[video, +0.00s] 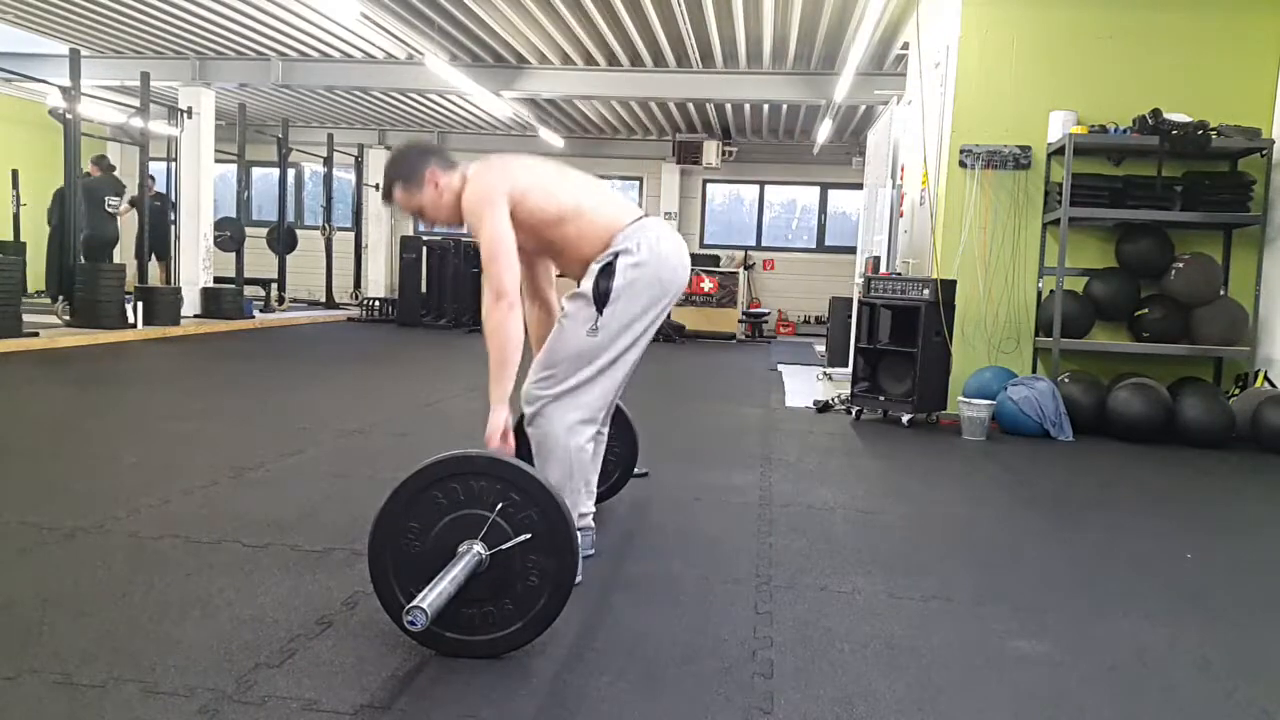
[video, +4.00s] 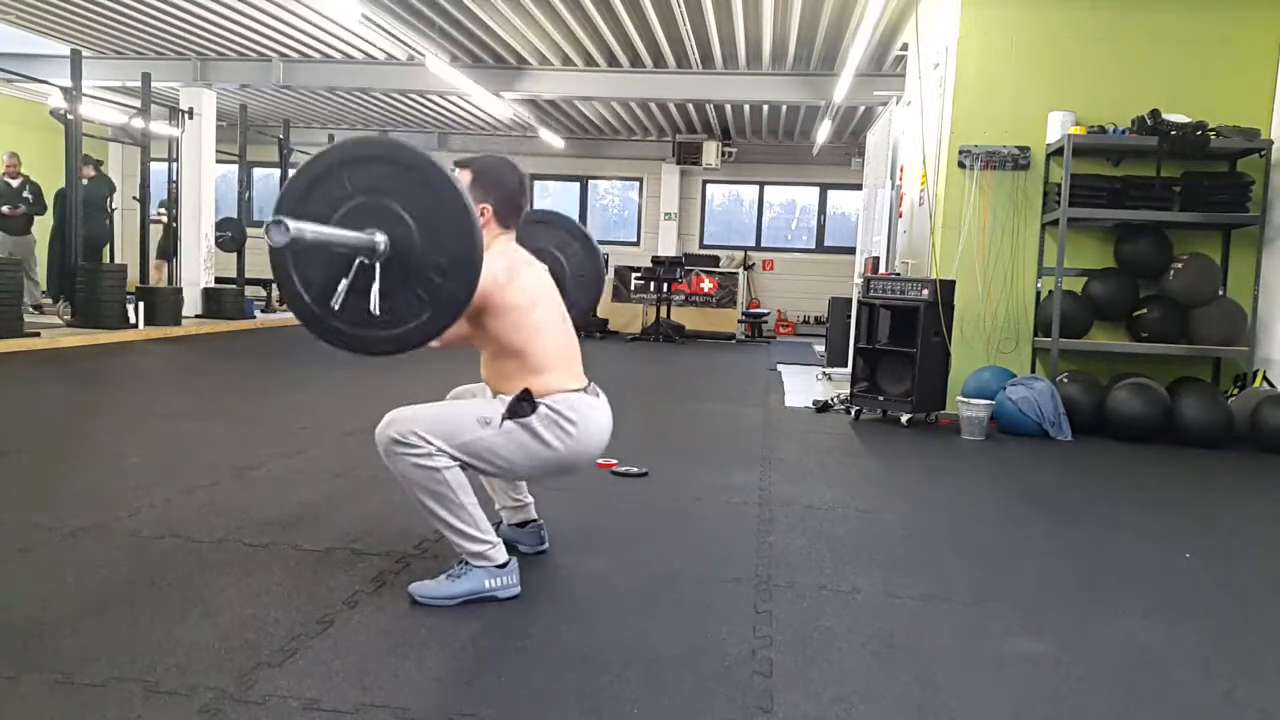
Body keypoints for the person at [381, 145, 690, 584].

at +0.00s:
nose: (427, 224)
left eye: (419, 213)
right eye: (417, 218)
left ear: (434, 179)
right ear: (436, 179)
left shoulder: (483, 186)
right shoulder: (510, 187)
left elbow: (502, 297)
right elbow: (541, 300)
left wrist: (499, 405)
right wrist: (544, 381)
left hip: (634, 259)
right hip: (648, 253)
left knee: (546, 397)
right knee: (572, 398)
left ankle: (563, 541)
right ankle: (577, 529)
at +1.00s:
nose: (450, 38)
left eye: (456, 23)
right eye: (450, 26)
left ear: (493, 22)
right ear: (500, 25)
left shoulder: (520, 67)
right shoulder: (539, 70)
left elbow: (512, 165)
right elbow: (532, 175)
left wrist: (491, 263)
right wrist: (511, 264)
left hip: (581, 236)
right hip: (597, 234)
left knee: (513, 391)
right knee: (553, 392)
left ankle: (552, 544)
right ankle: (568, 523)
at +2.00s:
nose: (530, 15)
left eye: (535, 8)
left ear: (554, 6)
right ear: (592, 11)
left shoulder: (547, 57)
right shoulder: (597, 76)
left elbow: (436, 91)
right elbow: (528, 121)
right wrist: (482, 103)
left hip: (518, 231)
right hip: (557, 227)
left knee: (524, 396)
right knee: (555, 386)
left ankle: (556, 549)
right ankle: (573, 524)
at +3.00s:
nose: (503, 16)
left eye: (511, 8)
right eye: (503, 10)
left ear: (542, 4)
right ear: (573, 9)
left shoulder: (540, 52)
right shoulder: (584, 71)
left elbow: (429, 87)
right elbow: (482, 125)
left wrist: (461, 25)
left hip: (526, 236)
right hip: (565, 233)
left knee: (479, 389)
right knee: (534, 391)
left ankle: (506, 551)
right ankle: (529, 523)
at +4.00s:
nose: (447, 210)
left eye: (456, 199)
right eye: (449, 198)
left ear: (484, 214)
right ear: (493, 215)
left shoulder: (485, 270)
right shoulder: (527, 262)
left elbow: (423, 326)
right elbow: (476, 331)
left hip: (553, 424)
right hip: (585, 410)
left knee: (401, 433)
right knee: (464, 398)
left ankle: (490, 565)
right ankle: (522, 523)